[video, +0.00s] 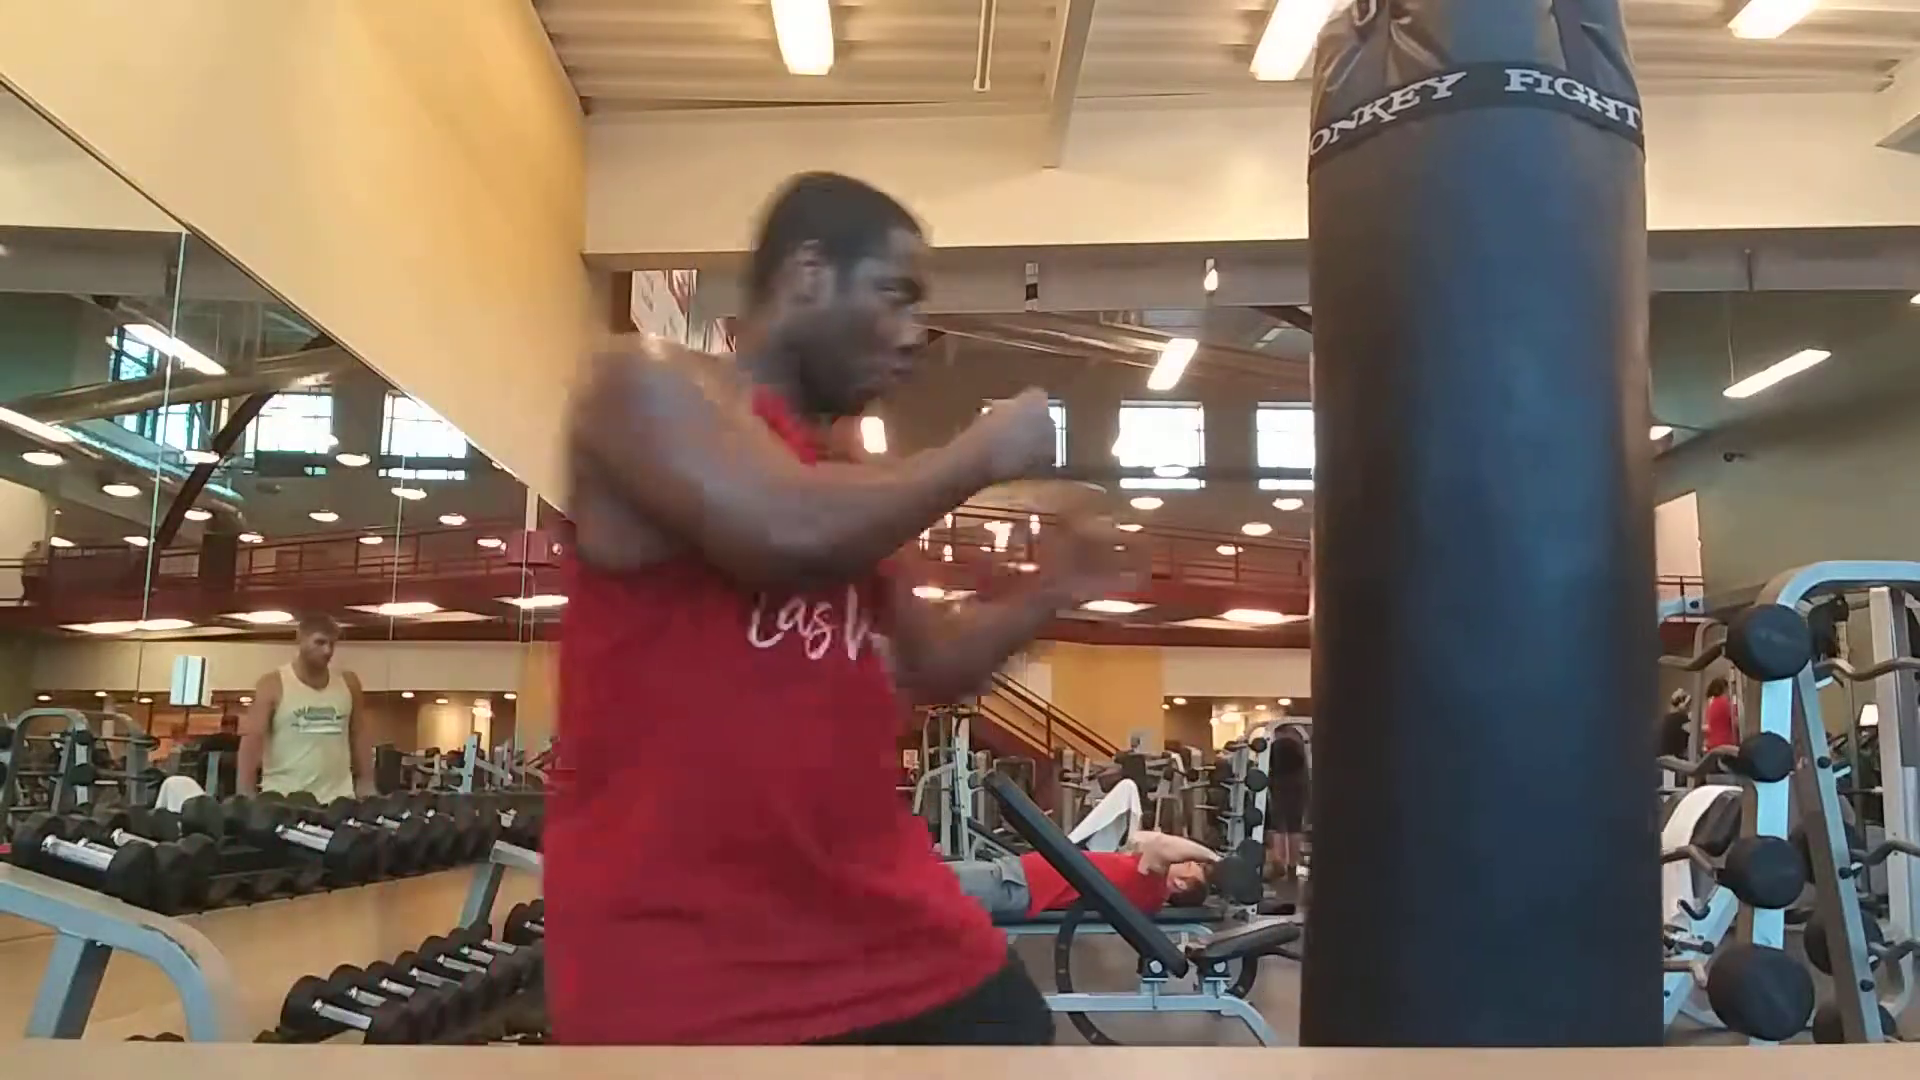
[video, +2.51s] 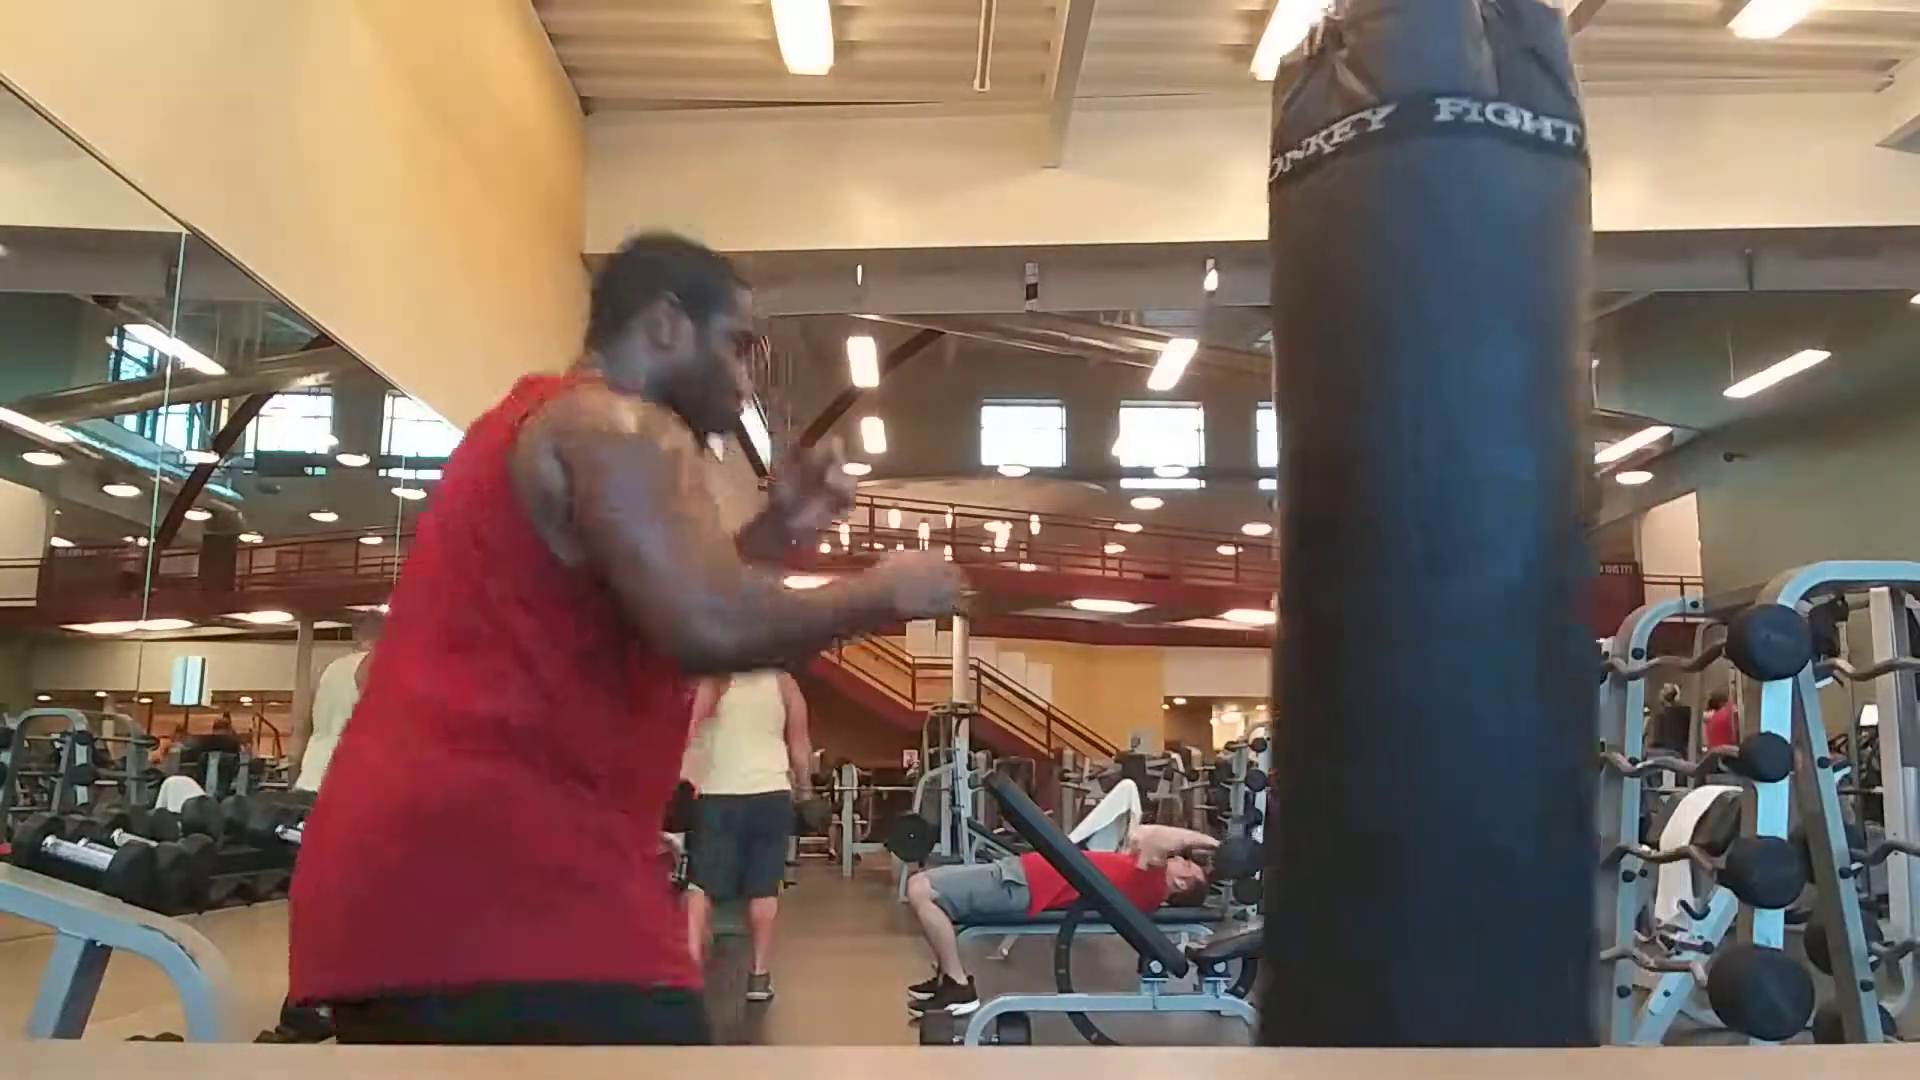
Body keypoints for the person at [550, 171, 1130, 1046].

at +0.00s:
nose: (917, 334)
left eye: (920, 305)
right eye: (897, 294)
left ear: (812, 283)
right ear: (807, 277)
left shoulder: (834, 472)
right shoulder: (644, 383)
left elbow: (932, 661)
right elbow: (780, 530)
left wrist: (1047, 588)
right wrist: (974, 456)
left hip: (892, 929)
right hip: (691, 966)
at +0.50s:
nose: (1133, 324)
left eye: (1134, 299)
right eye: (1110, 288)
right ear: (1011, 275)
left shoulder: (1087, 472)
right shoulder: (860, 440)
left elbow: (1249, 560)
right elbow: (688, 598)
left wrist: (1462, 539)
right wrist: (856, 700)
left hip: (1105, 947)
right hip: (939, 957)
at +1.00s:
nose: (1074, 307)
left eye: (1074, 280)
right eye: (1054, 269)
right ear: (955, 256)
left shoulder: (1017, 447)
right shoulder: (833, 437)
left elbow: (1096, 613)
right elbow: (1027, 564)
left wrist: (1266, 581)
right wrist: (1148, 416)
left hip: (1182, 790)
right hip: (1061, 937)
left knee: (1415, 905)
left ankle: (1417, 1058)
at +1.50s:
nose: (1227, 381)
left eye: (1227, 350)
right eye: (1210, 341)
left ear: (1131, 336)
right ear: (1124, 330)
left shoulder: (1109, 488)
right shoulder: (1030, 456)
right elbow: (1184, 606)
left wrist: (1342, 513)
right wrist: (1379, 515)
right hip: (1062, 990)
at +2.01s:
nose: (957, 341)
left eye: (961, 314)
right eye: (943, 306)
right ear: (855, 282)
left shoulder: (814, 442)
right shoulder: (777, 390)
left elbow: (926, 608)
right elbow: (1060, 467)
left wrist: (1013, 493)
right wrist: (1294, 467)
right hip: (703, 956)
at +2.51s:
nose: (751, 377)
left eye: (753, 350)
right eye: (740, 345)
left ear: (654, 329)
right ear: (666, 326)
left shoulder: (525, 427)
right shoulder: (615, 425)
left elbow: (655, 612)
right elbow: (707, 619)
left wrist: (777, 526)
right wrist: (882, 593)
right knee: (667, 1058)